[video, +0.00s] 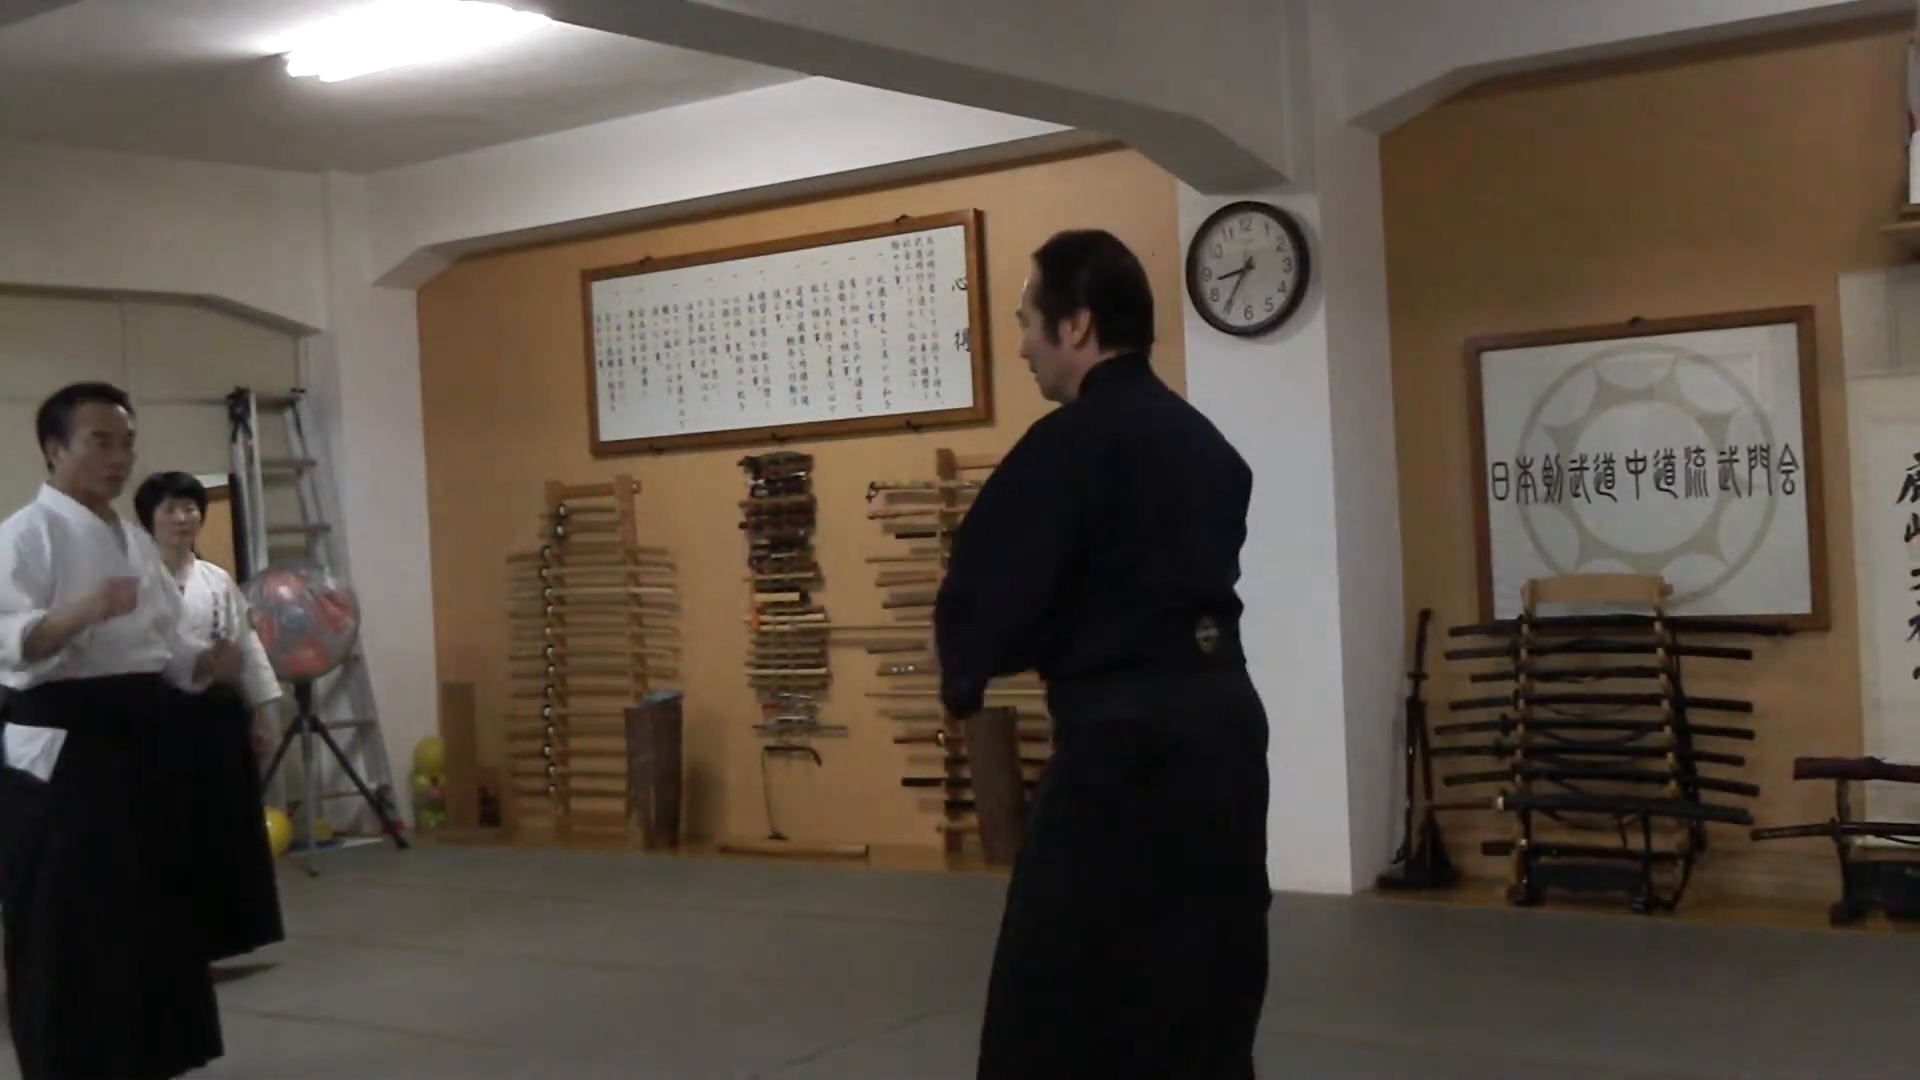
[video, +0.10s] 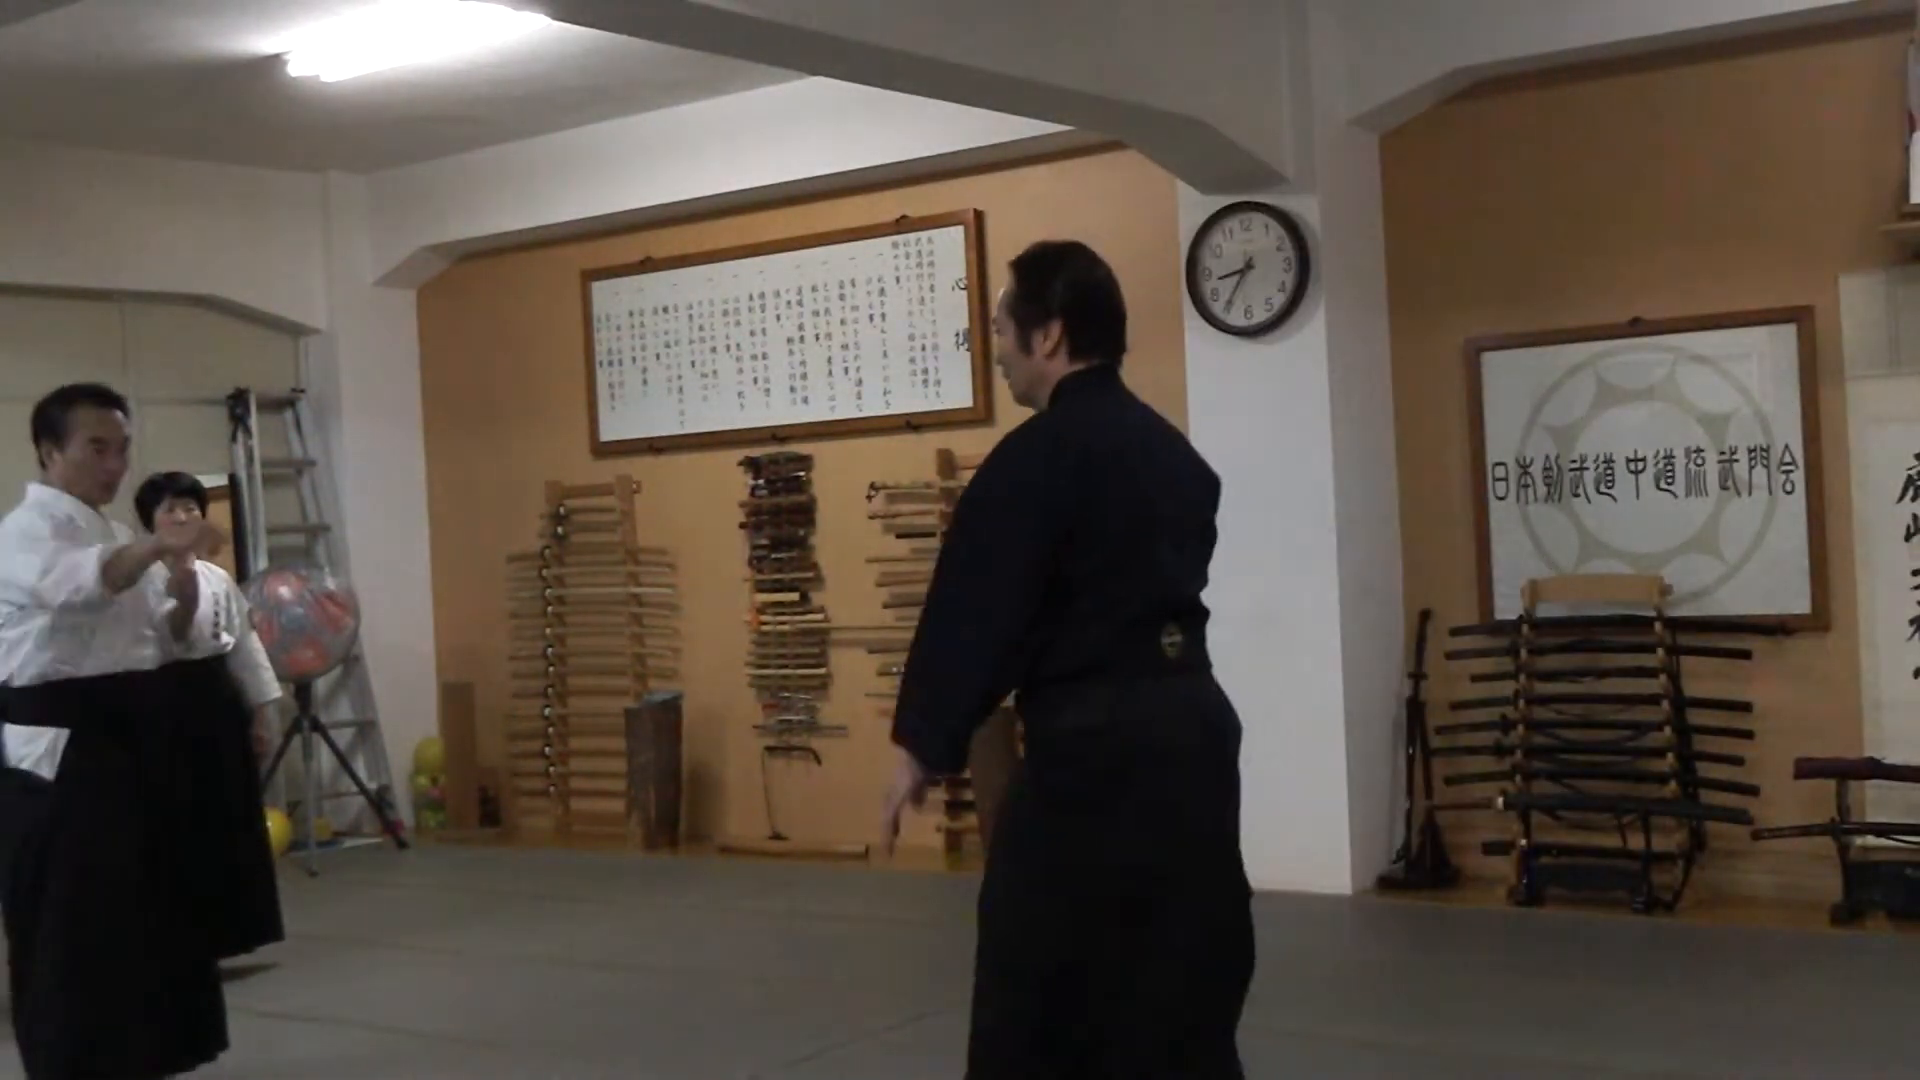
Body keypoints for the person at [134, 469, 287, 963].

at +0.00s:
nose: (183, 517)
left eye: (191, 509)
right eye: (171, 509)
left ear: (202, 519)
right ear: (149, 519)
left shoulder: (217, 581)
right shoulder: (138, 581)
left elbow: (246, 647)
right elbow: (130, 658)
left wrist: (264, 711)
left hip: (214, 719)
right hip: (154, 722)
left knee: (218, 830)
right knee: (164, 838)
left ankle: (213, 938)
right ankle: (171, 943)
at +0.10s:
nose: (183, 516)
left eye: (191, 508)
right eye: (170, 509)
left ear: (204, 518)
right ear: (148, 522)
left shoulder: (217, 579)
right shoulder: (141, 581)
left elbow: (243, 643)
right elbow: (136, 656)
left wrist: (263, 707)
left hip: (217, 704)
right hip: (160, 711)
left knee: (226, 816)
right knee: (174, 826)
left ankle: (230, 930)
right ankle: (184, 936)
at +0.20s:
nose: (182, 522)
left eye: (191, 512)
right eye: (169, 514)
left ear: (203, 519)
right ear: (147, 522)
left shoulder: (216, 579)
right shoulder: (135, 583)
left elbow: (243, 645)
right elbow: (135, 651)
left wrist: (263, 708)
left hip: (215, 698)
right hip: (158, 702)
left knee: (222, 812)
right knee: (167, 819)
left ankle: (225, 929)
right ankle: (172, 933)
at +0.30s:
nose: (182, 522)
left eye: (191, 512)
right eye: (170, 514)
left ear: (205, 520)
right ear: (147, 523)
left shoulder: (218, 581)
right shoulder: (137, 582)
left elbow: (244, 644)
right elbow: (131, 653)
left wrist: (265, 706)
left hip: (217, 697)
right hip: (160, 702)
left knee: (225, 813)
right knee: (170, 820)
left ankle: (230, 928)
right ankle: (177, 934)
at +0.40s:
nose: (184, 523)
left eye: (193, 512)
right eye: (171, 514)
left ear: (206, 519)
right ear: (148, 523)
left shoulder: (219, 581)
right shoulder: (137, 582)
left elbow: (244, 644)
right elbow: (129, 652)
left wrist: (265, 708)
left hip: (217, 698)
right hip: (160, 703)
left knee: (223, 813)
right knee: (169, 821)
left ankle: (227, 929)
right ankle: (174, 935)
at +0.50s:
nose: (186, 522)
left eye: (195, 512)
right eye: (173, 513)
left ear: (207, 519)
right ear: (148, 523)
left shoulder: (219, 580)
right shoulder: (137, 583)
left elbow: (245, 644)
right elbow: (131, 654)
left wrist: (265, 707)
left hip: (218, 700)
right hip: (160, 704)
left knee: (224, 814)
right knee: (169, 821)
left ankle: (222, 934)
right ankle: (176, 938)